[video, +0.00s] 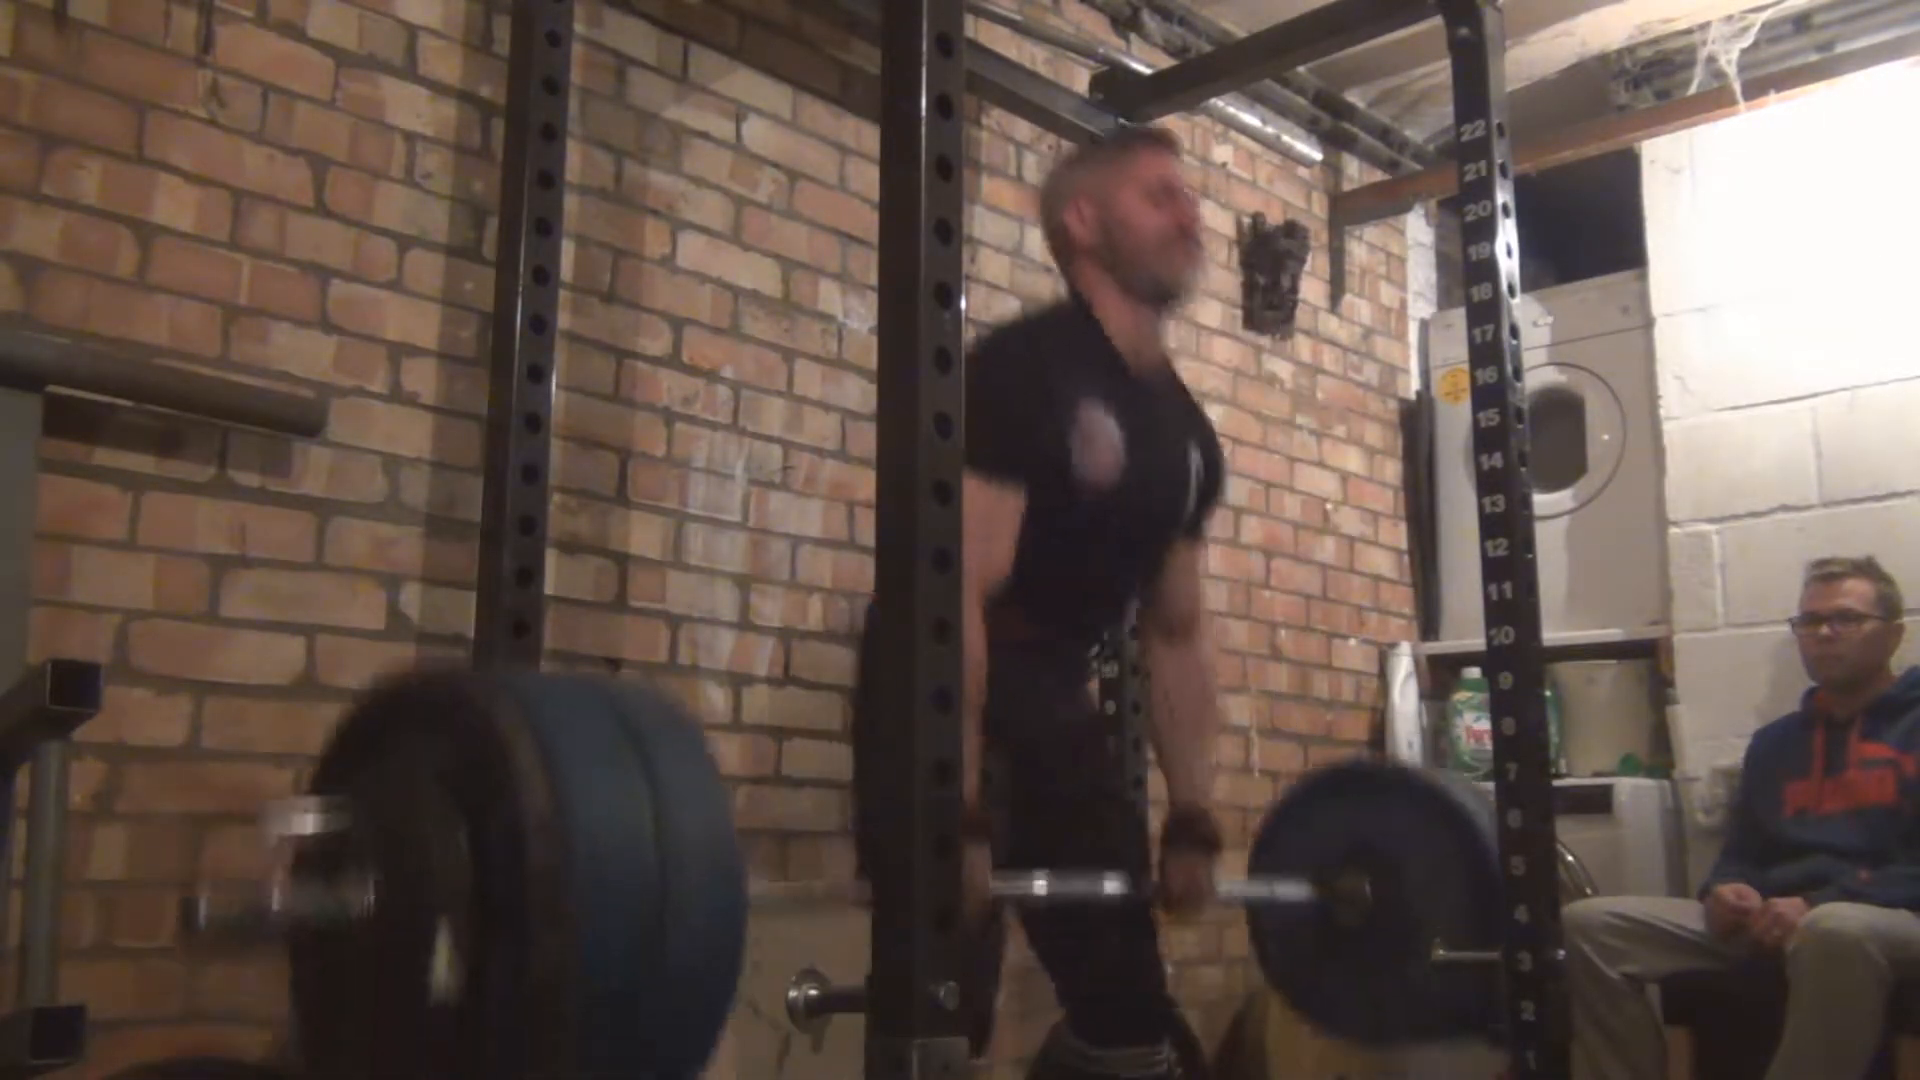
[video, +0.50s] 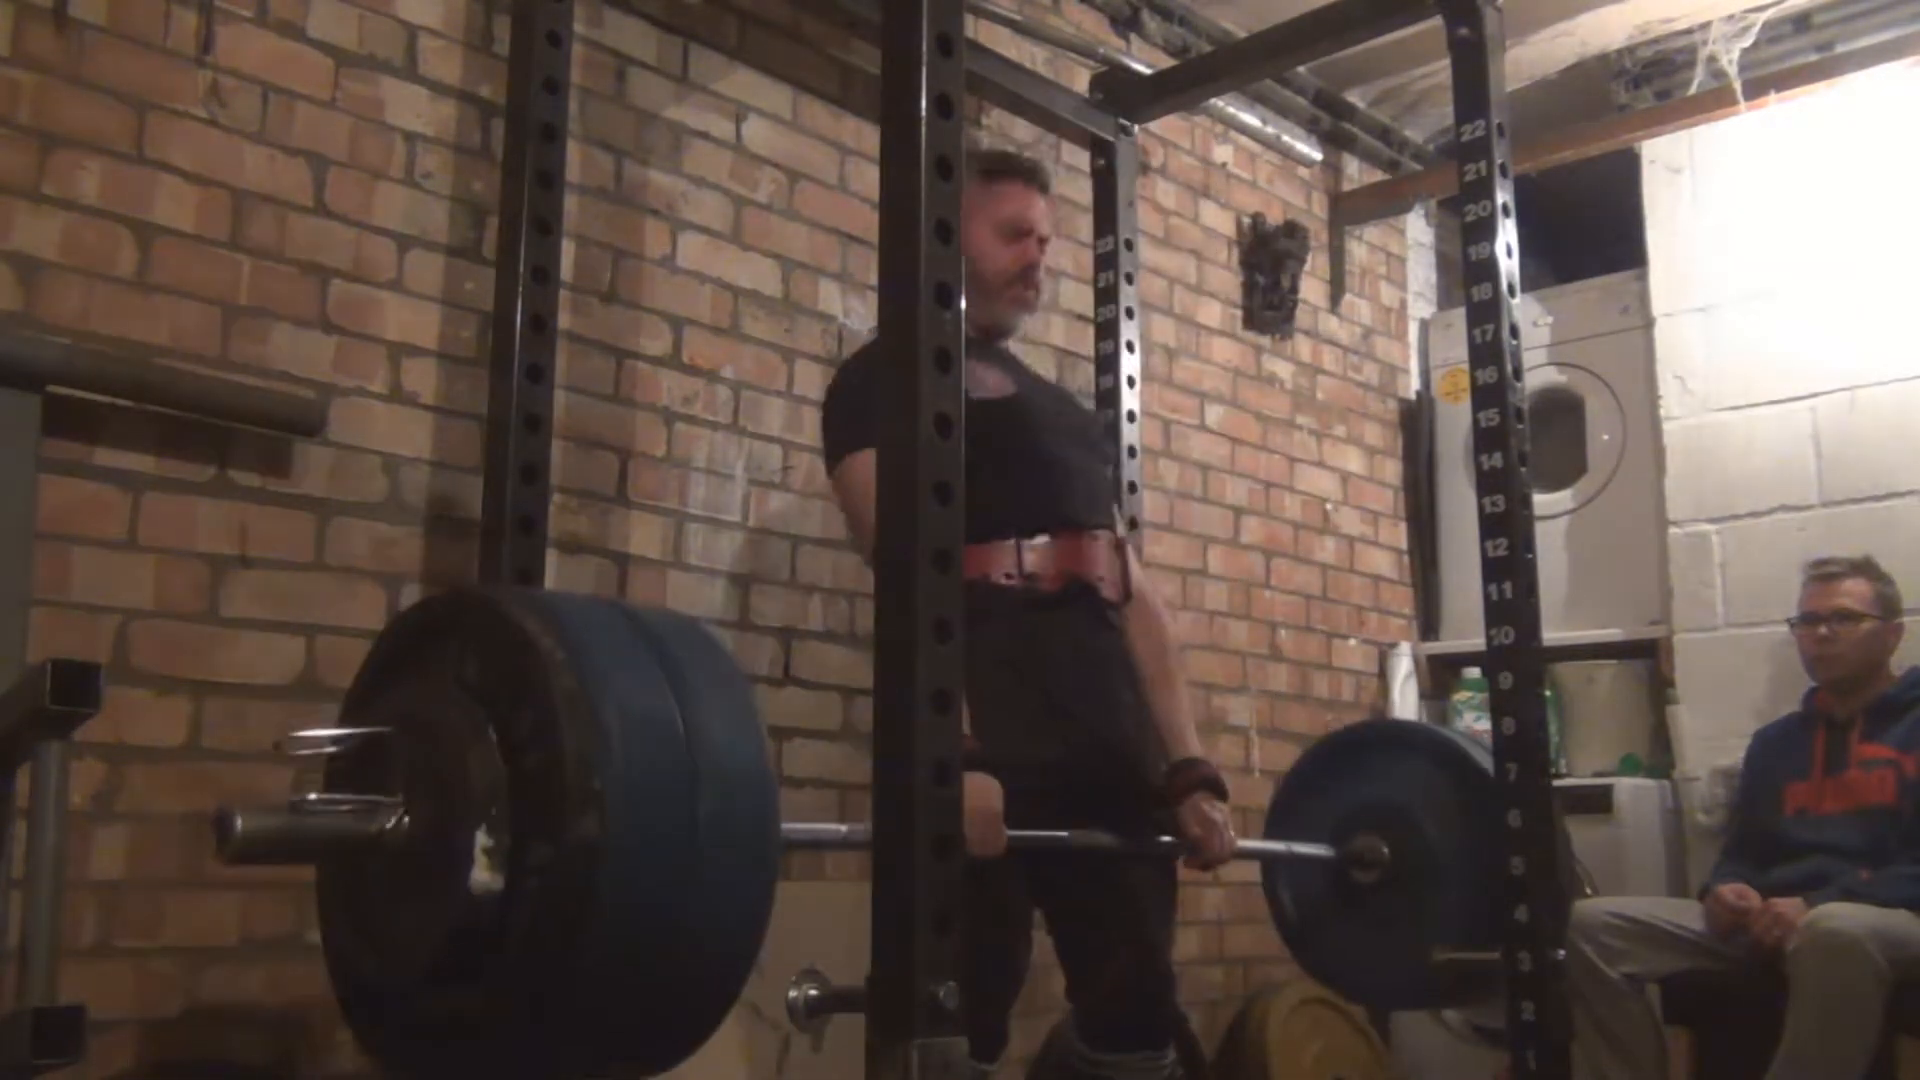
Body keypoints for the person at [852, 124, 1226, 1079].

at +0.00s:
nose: (1191, 216)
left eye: (1188, 197)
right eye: (1161, 196)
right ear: (1083, 224)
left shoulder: (1186, 432)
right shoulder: (1018, 370)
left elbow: (1178, 630)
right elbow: (956, 597)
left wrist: (1191, 812)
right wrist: (958, 815)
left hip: (1056, 697)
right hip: (942, 687)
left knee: (1123, 1004)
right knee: (942, 1014)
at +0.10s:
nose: (1146, 185)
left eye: (1147, 168)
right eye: (1116, 163)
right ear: (1034, 187)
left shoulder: (1154, 383)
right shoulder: (994, 331)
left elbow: (1165, 590)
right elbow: (947, 562)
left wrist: (1192, 767)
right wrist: (958, 769)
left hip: (1088, 691)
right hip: (978, 681)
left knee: (1123, 1002)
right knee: (951, 1006)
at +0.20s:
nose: (1100, 191)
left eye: (1102, 173)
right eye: (1070, 170)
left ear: (1107, 192)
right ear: (990, 184)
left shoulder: (1108, 369)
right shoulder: (945, 324)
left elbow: (1148, 574)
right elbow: (929, 546)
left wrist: (1193, 749)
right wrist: (952, 739)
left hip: (1088, 686)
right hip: (973, 681)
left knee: (1116, 1000)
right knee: (952, 1000)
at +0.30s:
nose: (1061, 225)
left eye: (1066, 206)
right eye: (1037, 202)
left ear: (1064, 218)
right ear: (961, 207)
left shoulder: (1080, 384)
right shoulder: (900, 353)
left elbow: (1136, 581)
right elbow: (909, 559)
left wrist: (1190, 755)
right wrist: (956, 745)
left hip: (1089, 698)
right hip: (968, 703)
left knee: (1124, 1007)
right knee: (955, 1011)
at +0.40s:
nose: (1038, 252)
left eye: (1045, 233)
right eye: (1013, 229)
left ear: (1050, 243)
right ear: (947, 239)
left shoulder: (1076, 408)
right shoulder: (884, 377)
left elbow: (1131, 589)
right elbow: (911, 572)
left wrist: (1186, 761)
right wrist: (955, 752)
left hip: (1101, 718)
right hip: (972, 721)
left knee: (1130, 1018)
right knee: (958, 1020)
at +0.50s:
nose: (1036, 259)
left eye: (1044, 240)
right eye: (1013, 235)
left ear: (1046, 253)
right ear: (946, 243)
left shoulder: (1074, 416)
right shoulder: (881, 383)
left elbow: (1130, 594)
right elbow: (909, 576)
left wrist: (1186, 767)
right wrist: (956, 756)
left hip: (1102, 747)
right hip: (970, 750)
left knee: (1134, 1024)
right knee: (959, 1031)